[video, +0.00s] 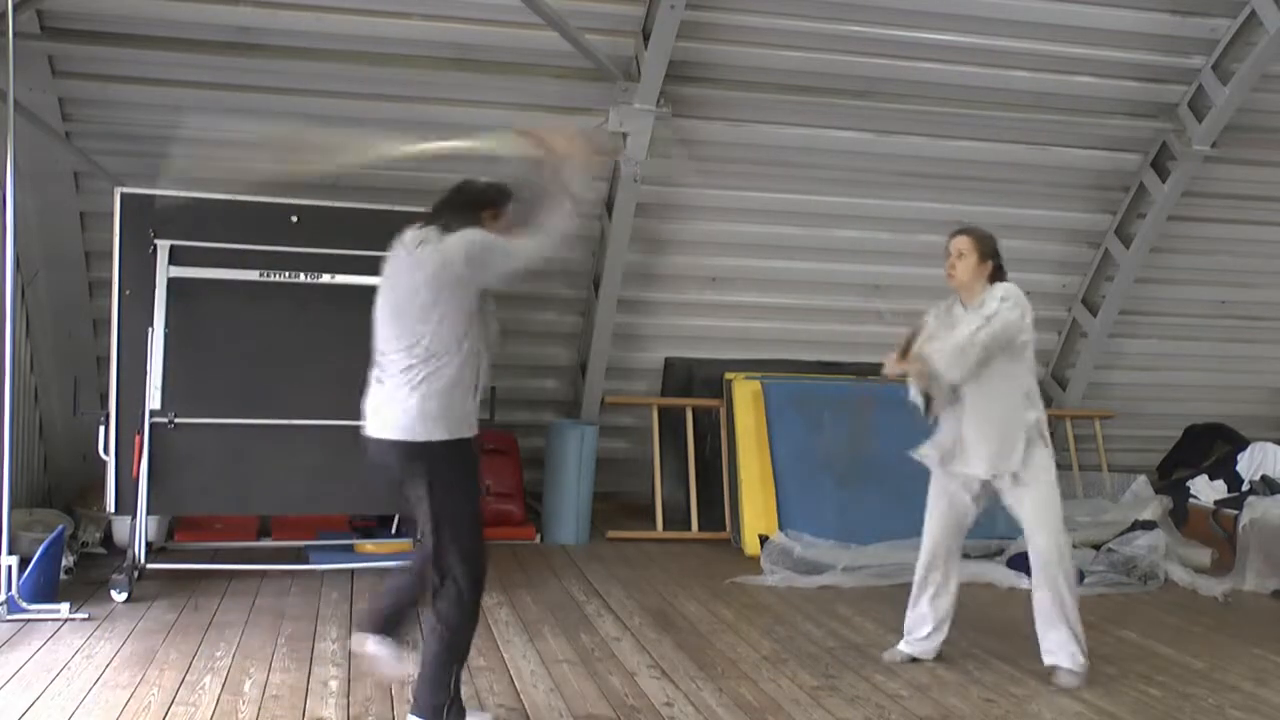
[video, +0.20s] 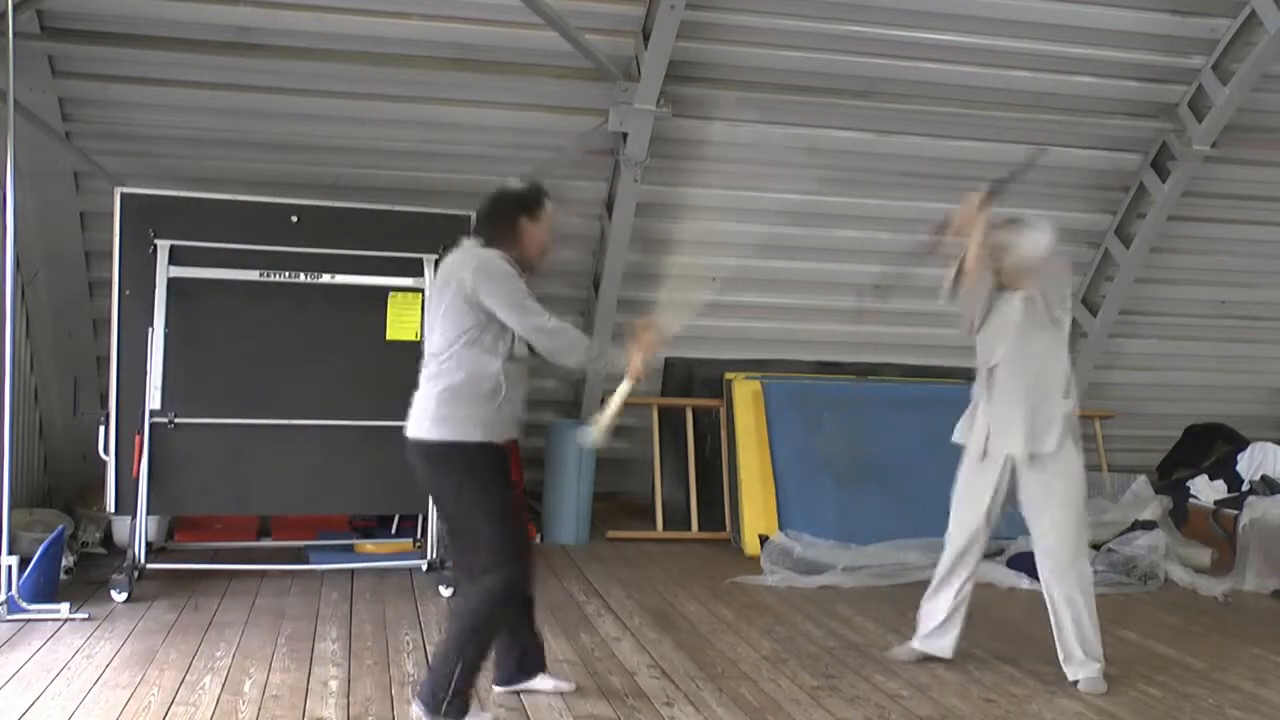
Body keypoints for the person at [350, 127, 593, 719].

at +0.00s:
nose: (502, 234)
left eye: (502, 224)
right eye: (501, 225)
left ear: (455, 208)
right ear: (486, 215)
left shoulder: (405, 244)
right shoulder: (466, 249)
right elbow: (550, 243)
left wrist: (544, 169)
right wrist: (576, 174)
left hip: (391, 428)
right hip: (437, 434)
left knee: (433, 550)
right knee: (461, 574)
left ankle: (378, 630)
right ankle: (435, 707)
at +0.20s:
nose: (548, 239)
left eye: (548, 227)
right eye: (544, 226)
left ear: (508, 224)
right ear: (519, 224)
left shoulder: (464, 263)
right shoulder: (483, 264)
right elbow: (541, 332)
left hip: (470, 436)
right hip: (458, 438)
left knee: (510, 554)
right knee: (495, 568)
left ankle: (518, 668)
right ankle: (437, 700)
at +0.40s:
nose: (588, 247)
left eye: (591, 239)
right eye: (582, 236)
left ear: (568, 235)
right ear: (553, 229)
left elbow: (612, 318)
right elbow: (542, 263)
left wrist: (639, 261)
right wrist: (613, 250)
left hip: (525, 439)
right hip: (474, 433)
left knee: (551, 551)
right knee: (525, 553)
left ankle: (517, 672)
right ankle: (443, 680)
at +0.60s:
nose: (590, 232)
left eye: (596, 225)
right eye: (582, 220)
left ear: (594, 232)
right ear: (559, 214)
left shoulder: (582, 277)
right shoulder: (513, 253)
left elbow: (621, 241)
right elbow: (565, 257)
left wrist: (610, 174)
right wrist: (591, 172)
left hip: (536, 437)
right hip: (487, 426)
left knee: (576, 526)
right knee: (482, 558)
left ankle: (537, 647)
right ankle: (430, 697)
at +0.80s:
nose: (635, 251)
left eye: (636, 241)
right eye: (630, 238)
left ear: (604, 237)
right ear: (604, 234)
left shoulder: (597, 295)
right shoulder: (559, 284)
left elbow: (637, 346)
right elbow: (617, 365)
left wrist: (677, 334)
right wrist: (678, 337)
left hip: (543, 450)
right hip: (502, 440)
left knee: (586, 549)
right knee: (499, 571)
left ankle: (584, 676)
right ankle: (432, 697)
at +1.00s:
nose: (668, 281)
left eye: (670, 270)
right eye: (664, 268)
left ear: (636, 266)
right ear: (637, 263)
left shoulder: (628, 320)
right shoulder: (593, 295)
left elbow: (673, 377)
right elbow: (649, 374)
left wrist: (732, 431)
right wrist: (704, 437)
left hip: (539, 445)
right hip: (495, 429)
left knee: (585, 543)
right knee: (545, 550)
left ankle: (584, 673)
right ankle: (463, 656)